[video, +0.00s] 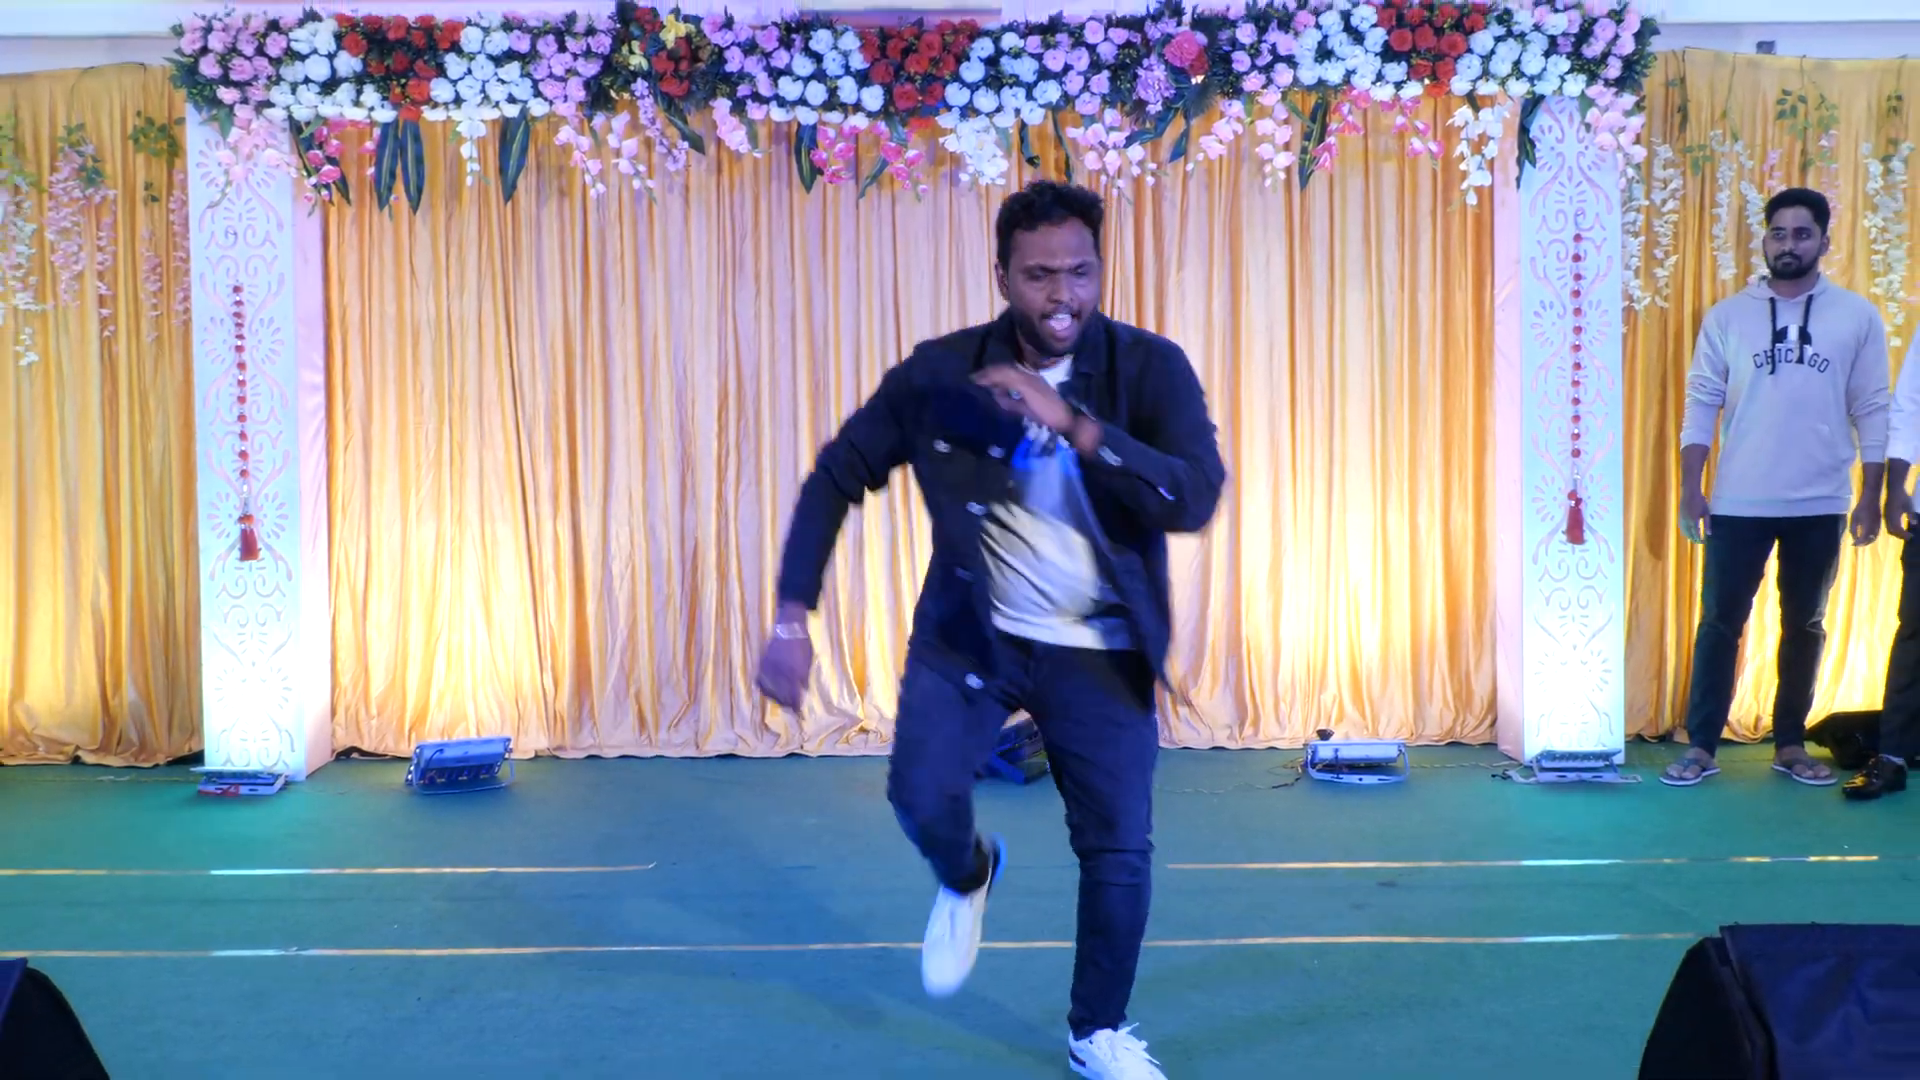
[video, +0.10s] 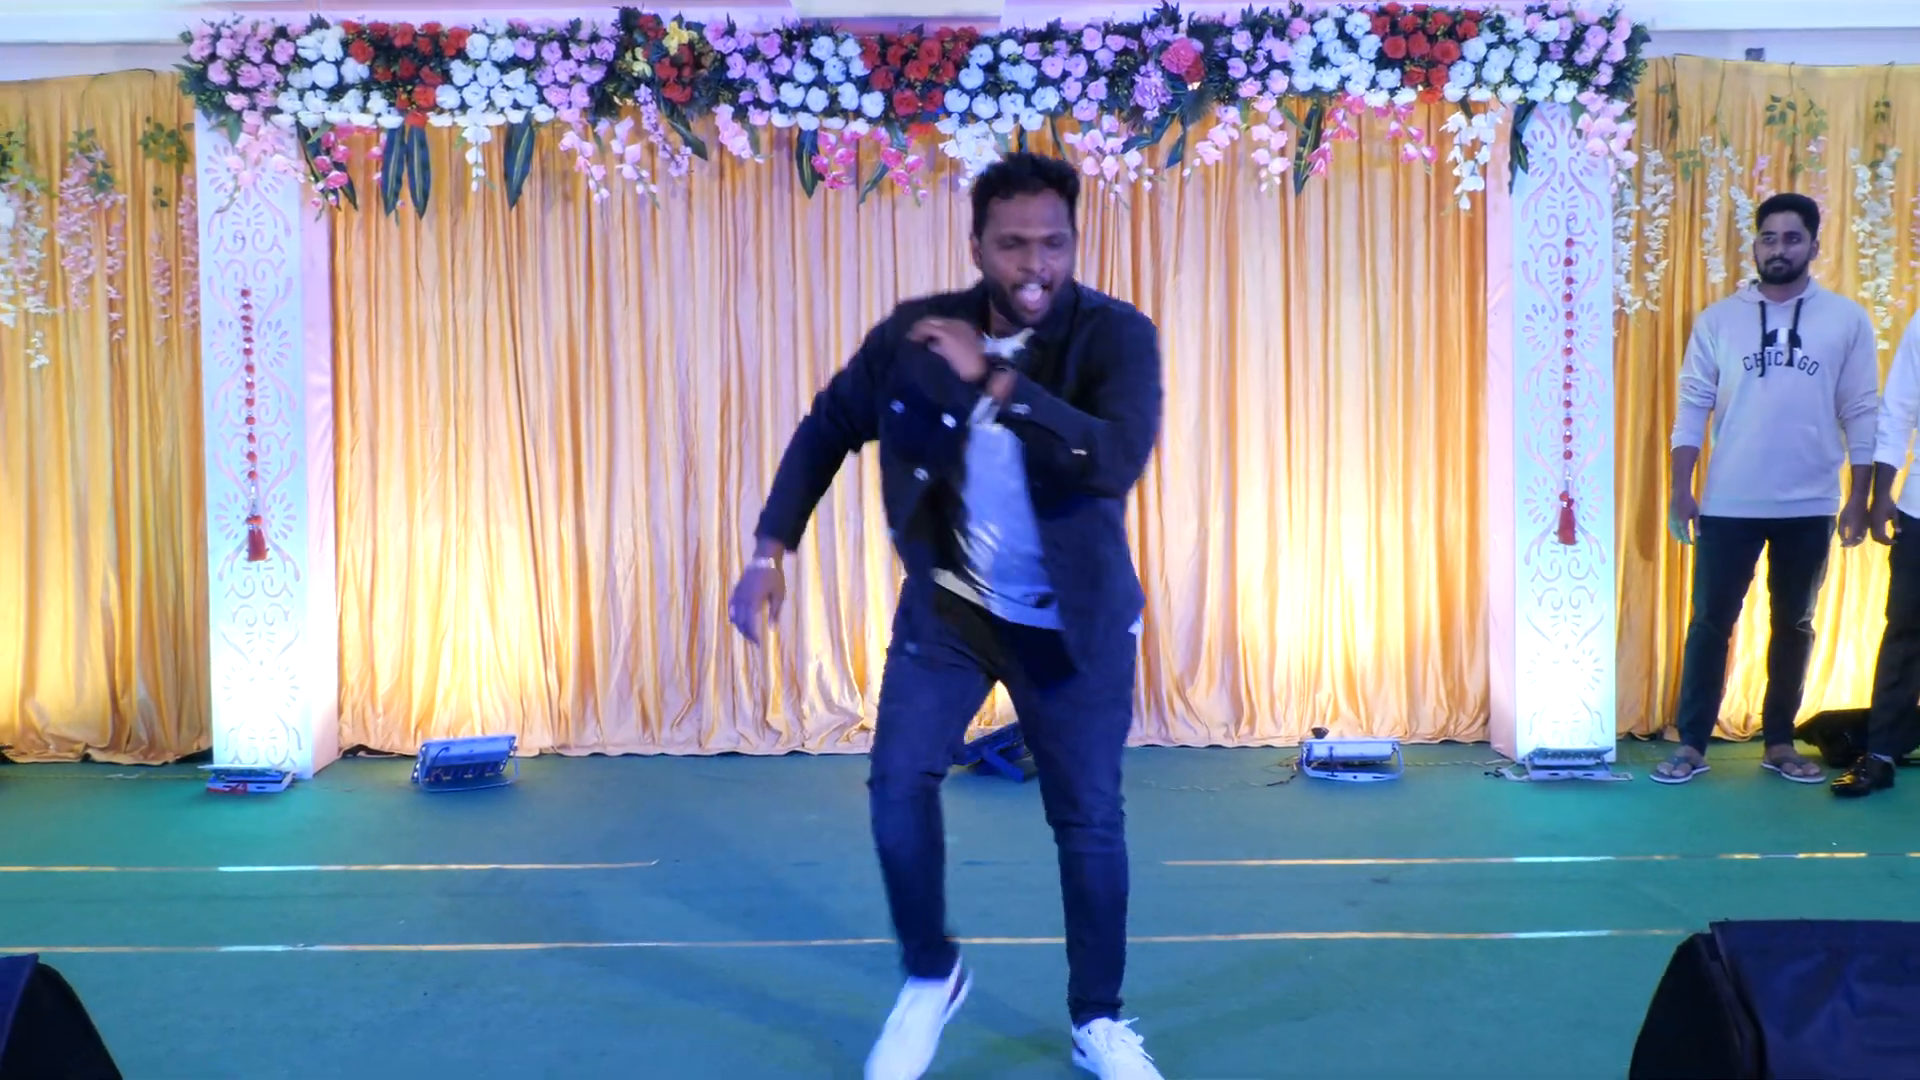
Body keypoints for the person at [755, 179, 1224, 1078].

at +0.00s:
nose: (1062, 296)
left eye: (1079, 273)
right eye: (1039, 276)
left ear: (1101, 274)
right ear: (1004, 280)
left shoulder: (1150, 371)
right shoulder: (943, 373)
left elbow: (1192, 499)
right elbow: (839, 472)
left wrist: (1078, 427)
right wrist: (792, 614)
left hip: (1098, 650)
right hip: (969, 636)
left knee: (1120, 846)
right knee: (923, 796)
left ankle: (1099, 1028)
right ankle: (969, 880)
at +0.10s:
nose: (1033, 265)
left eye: (1053, 243)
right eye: (1011, 244)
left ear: (1077, 245)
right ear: (977, 247)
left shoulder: (1116, 337)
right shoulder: (919, 336)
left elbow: (1115, 460)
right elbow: (828, 427)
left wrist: (993, 376)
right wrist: (769, 547)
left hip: (1073, 623)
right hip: (948, 609)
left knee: (1091, 821)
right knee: (897, 783)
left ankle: (1100, 1019)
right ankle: (931, 974)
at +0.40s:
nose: (960, 304)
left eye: (982, 284)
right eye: (942, 282)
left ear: (1011, 287)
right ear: (916, 280)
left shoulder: (1039, 390)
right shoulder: (885, 353)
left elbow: (987, 531)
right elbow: (850, 481)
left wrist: (898, 430)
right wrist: (817, 570)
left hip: (1037, 654)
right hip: (927, 643)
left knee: (1065, 831)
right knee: (885, 815)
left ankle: (1101, 987)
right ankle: (894, 1013)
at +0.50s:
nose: (934, 285)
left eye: (958, 269)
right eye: (919, 261)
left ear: (991, 277)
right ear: (896, 263)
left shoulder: (1010, 376)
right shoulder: (872, 339)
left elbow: (914, 461)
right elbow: (852, 446)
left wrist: (825, 375)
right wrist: (825, 516)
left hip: (1031, 626)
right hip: (917, 615)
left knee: (1067, 793)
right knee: (862, 776)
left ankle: (1100, 975)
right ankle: (877, 982)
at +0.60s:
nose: (912, 265)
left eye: (939, 253)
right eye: (903, 242)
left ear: (975, 266)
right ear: (885, 236)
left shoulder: (966, 355)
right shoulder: (857, 313)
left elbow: (840, 444)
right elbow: (839, 407)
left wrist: (708, 387)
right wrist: (832, 482)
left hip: (1006, 603)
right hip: (895, 604)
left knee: (1074, 759)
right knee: (861, 778)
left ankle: (1142, 907)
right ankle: (868, 987)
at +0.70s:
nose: (917, 302)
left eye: (941, 289)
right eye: (906, 277)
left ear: (977, 300)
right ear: (887, 271)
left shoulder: (944, 385)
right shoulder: (883, 341)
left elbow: (874, 525)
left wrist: (746, 610)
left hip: (964, 638)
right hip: (860, 644)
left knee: (1066, 758)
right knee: (839, 831)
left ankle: (1174, 724)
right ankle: (883, 1020)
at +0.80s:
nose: (907, 340)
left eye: (932, 323)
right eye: (896, 318)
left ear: (971, 330)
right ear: (879, 314)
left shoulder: (971, 443)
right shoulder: (875, 373)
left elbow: (986, 595)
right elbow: (859, 459)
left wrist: (964, 719)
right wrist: (797, 429)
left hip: (920, 680)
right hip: (828, 676)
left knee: (1046, 806)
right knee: (800, 848)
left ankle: (1100, 633)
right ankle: (878, 1018)